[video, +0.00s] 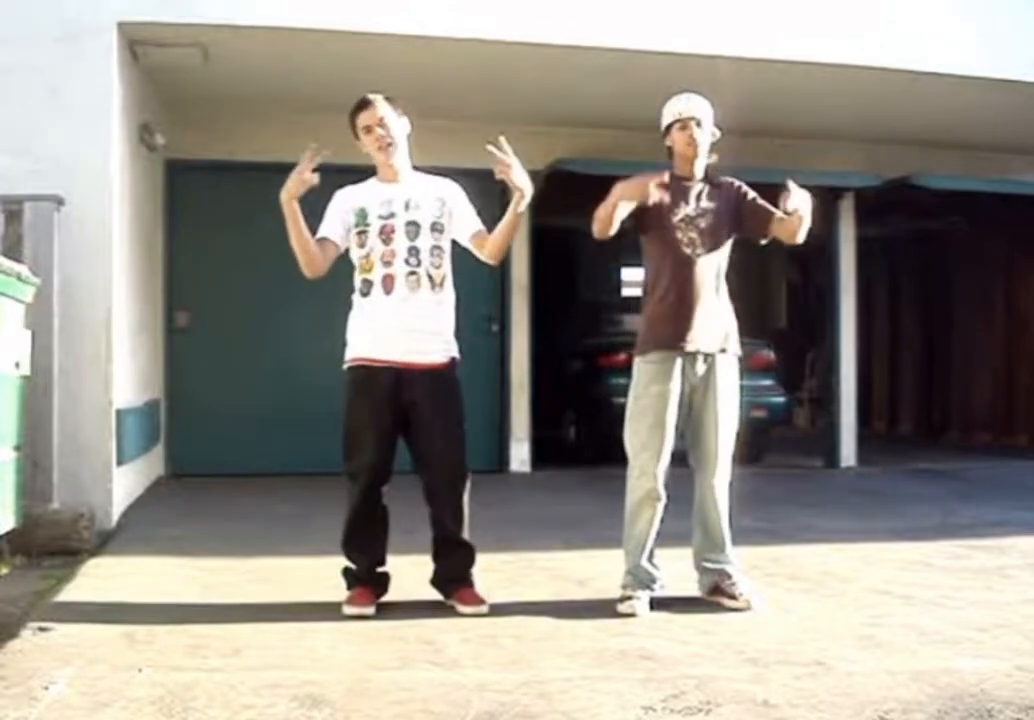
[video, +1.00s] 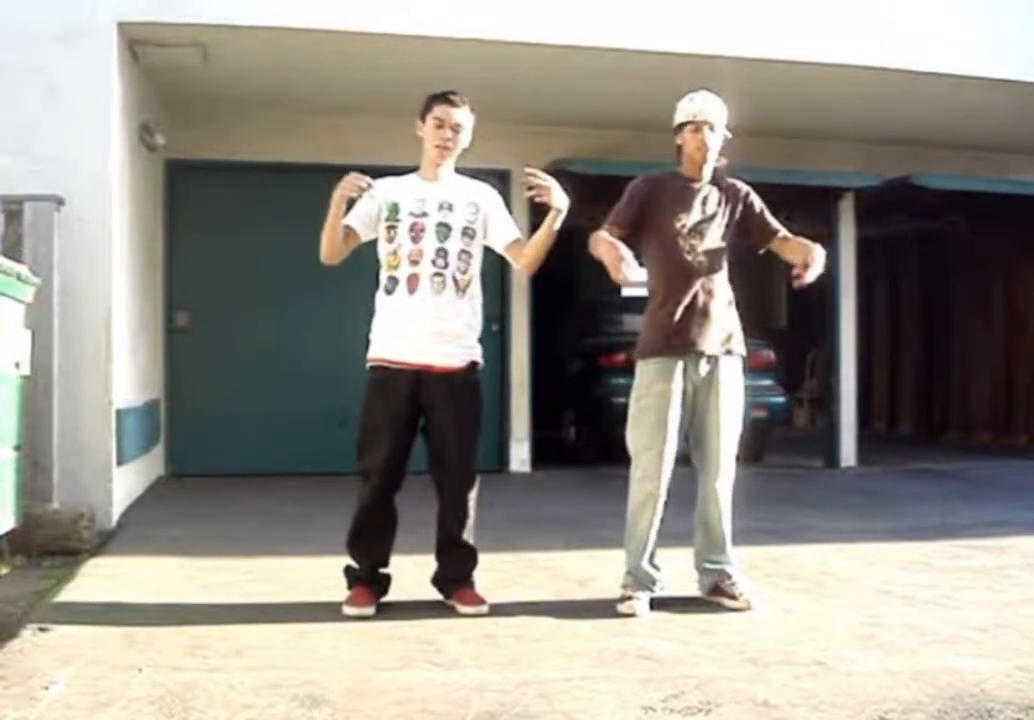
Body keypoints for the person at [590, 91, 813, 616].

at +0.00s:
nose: (690, 133)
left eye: (698, 125)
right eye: (680, 126)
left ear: (714, 135)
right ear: (667, 137)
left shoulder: (731, 194)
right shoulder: (649, 190)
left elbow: (791, 234)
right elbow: (602, 231)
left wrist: (799, 206)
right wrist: (619, 197)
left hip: (717, 345)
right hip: (659, 345)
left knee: (715, 467)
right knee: (647, 468)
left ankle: (717, 572)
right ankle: (638, 581)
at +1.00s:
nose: (700, 136)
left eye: (709, 128)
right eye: (692, 127)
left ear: (724, 137)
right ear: (678, 134)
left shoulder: (736, 195)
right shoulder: (650, 189)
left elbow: (777, 238)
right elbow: (602, 239)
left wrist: (810, 251)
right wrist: (614, 257)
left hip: (722, 346)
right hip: (662, 344)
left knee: (719, 467)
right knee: (651, 467)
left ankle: (717, 572)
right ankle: (638, 580)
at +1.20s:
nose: (717, 165)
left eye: (722, 157)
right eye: (706, 156)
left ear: (727, 164)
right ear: (681, 163)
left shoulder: (743, 224)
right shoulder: (645, 219)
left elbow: (749, 283)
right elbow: (600, 272)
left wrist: (734, 323)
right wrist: (631, 303)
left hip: (712, 362)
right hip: (657, 364)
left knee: (741, 472)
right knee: (648, 470)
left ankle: (724, 572)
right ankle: (604, 585)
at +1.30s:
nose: (736, 181)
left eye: (735, 173)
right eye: (724, 174)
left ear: (730, 183)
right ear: (691, 183)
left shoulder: (733, 237)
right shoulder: (662, 242)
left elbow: (722, 297)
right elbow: (630, 310)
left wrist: (751, 340)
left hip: (712, 377)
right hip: (663, 379)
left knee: (745, 479)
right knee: (658, 482)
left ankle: (723, 573)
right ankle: (605, 585)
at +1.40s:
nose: (741, 158)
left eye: (738, 149)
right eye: (731, 150)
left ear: (705, 159)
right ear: (705, 158)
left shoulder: (711, 205)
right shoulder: (702, 197)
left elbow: (724, 270)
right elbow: (701, 252)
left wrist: (782, 250)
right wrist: (769, 244)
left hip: (713, 360)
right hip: (682, 364)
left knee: (783, 449)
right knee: (675, 478)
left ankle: (741, 559)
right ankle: (607, 584)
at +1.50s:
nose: (744, 141)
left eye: (740, 134)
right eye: (736, 133)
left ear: (702, 141)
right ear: (715, 136)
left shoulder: (705, 184)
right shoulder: (714, 163)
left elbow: (753, 209)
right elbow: (772, 173)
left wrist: (807, 173)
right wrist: (818, 161)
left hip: (723, 344)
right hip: (703, 343)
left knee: (776, 446)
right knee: (669, 458)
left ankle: (786, 565)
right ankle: (607, 575)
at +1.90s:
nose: (778, 157)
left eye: (776, 151)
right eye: (771, 150)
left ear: (737, 161)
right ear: (750, 156)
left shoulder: (733, 202)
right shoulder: (753, 188)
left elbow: (766, 225)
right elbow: (814, 208)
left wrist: (788, 183)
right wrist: (837, 154)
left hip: (753, 351)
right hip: (745, 349)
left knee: (795, 456)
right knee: (703, 460)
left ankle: (787, 572)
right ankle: (614, 562)